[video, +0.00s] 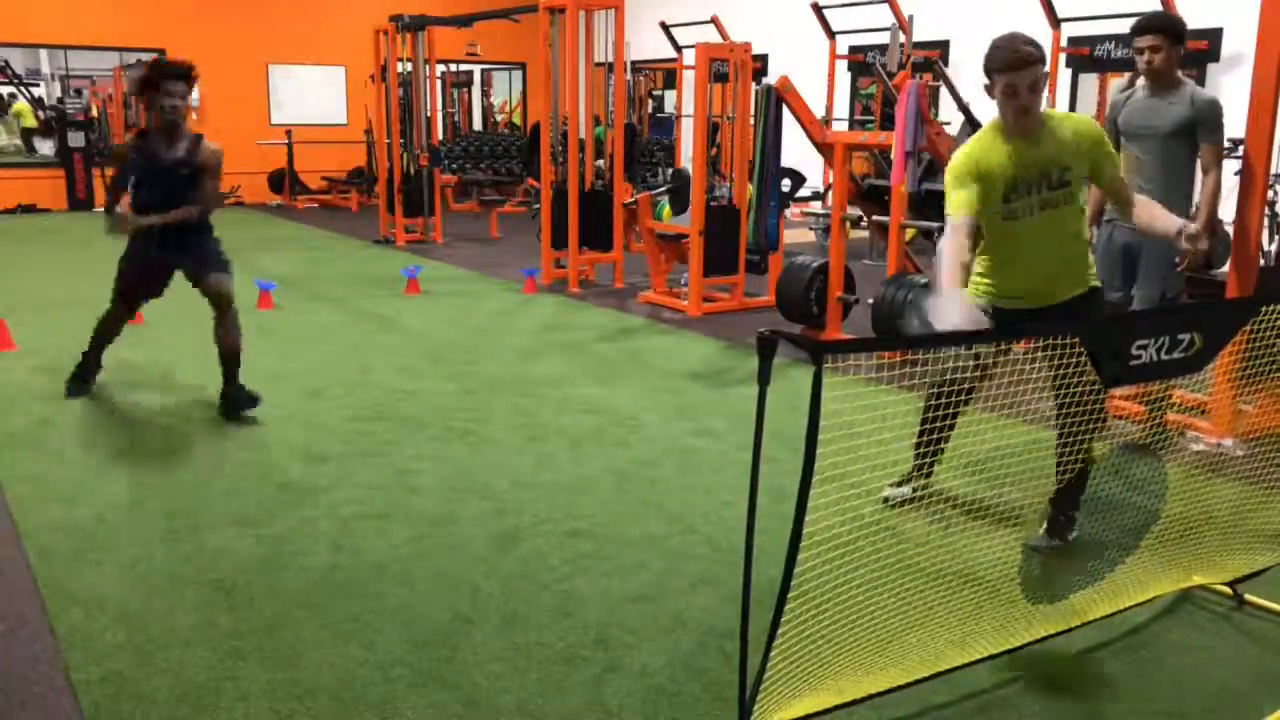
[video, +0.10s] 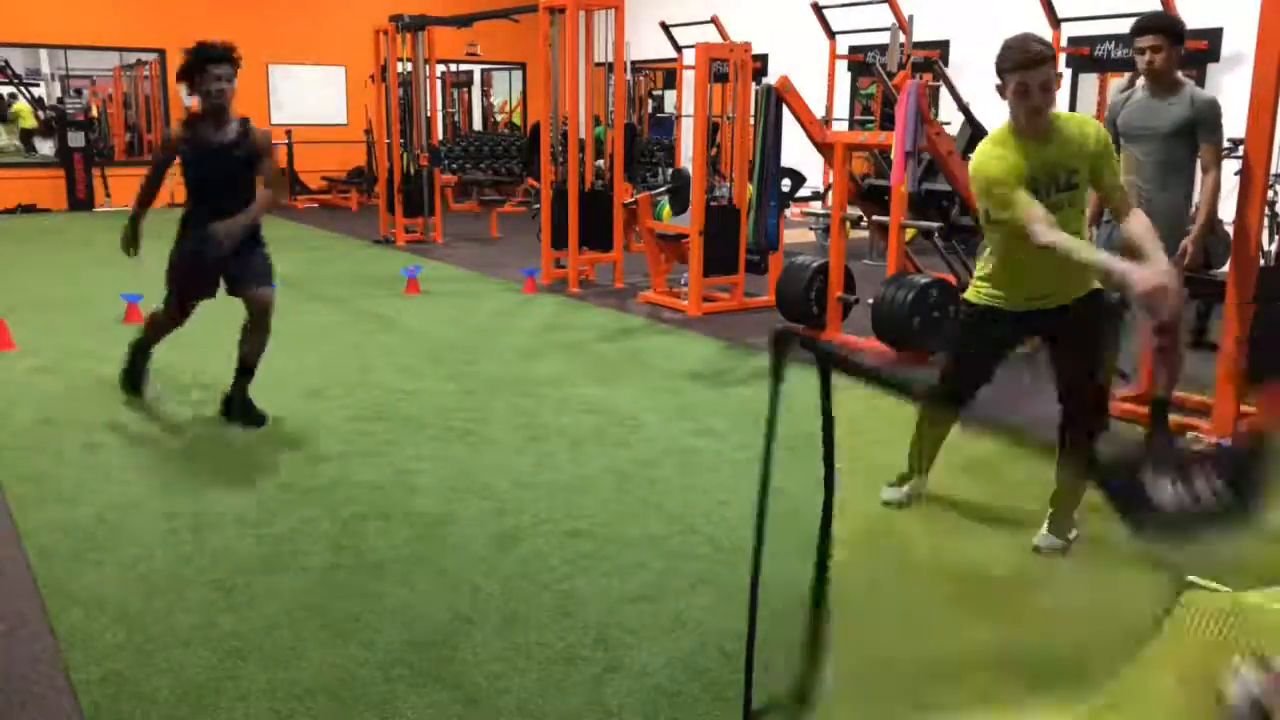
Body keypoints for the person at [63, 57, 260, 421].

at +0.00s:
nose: (172, 104)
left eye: (180, 97)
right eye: (165, 96)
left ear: (189, 104)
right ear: (150, 102)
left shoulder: (206, 153)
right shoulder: (137, 149)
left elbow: (204, 208)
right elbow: (115, 194)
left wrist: (147, 221)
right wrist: (115, 213)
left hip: (196, 238)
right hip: (150, 240)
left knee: (224, 297)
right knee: (120, 311)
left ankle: (231, 389)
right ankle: (87, 367)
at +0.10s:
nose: (219, 87)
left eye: (226, 79)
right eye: (210, 79)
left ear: (235, 85)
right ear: (195, 87)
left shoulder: (253, 138)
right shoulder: (182, 137)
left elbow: (275, 193)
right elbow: (154, 179)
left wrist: (236, 225)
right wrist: (135, 221)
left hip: (243, 233)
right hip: (198, 234)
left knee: (262, 304)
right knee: (176, 313)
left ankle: (239, 396)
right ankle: (140, 351)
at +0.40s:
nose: (380, 117)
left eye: (384, 109)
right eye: (371, 109)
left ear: (388, 112)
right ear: (348, 115)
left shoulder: (384, 156)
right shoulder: (332, 168)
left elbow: (382, 200)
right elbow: (290, 218)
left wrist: (422, 200)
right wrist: (285, 266)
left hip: (390, 262)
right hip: (353, 268)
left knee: (454, 317)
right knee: (388, 331)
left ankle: (493, 407)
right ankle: (372, 435)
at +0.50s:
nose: (421, 118)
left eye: (424, 110)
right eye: (412, 111)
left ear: (429, 113)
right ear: (388, 118)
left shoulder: (426, 158)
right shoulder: (376, 171)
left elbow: (418, 213)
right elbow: (346, 227)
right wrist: (349, 271)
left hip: (438, 262)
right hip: (403, 270)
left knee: (501, 316)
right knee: (448, 325)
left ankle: (517, 407)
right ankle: (406, 421)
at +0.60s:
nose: (455, 104)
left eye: (456, 94)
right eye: (445, 95)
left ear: (452, 99)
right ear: (419, 100)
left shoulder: (446, 147)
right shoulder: (409, 152)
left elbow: (451, 195)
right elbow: (377, 208)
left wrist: (488, 193)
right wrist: (398, 257)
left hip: (465, 249)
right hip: (435, 258)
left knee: (526, 304)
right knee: (495, 317)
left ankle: (525, 394)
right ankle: (467, 412)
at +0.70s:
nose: (487, 109)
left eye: (488, 100)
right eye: (480, 101)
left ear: (484, 101)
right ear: (456, 103)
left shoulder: (468, 146)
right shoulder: (442, 153)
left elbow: (464, 191)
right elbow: (411, 205)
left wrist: (500, 194)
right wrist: (440, 260)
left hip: (485, 248)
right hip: (463, 259)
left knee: (551, 277)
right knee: (524, 324)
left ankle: (554, 361)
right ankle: (492, 419)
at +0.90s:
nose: (548, 104)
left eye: (550, 95)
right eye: (545, 95)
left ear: (513, 86)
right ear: (526, 91)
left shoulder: (483, 118)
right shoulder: (507, 137)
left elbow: (446, 158)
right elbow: (481, 194)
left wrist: (490, 170)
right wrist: (517, 250)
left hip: (511, 228)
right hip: (497, 238)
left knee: (570, 253)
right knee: (529, 321)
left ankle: (586, 336)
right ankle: (493, 418)